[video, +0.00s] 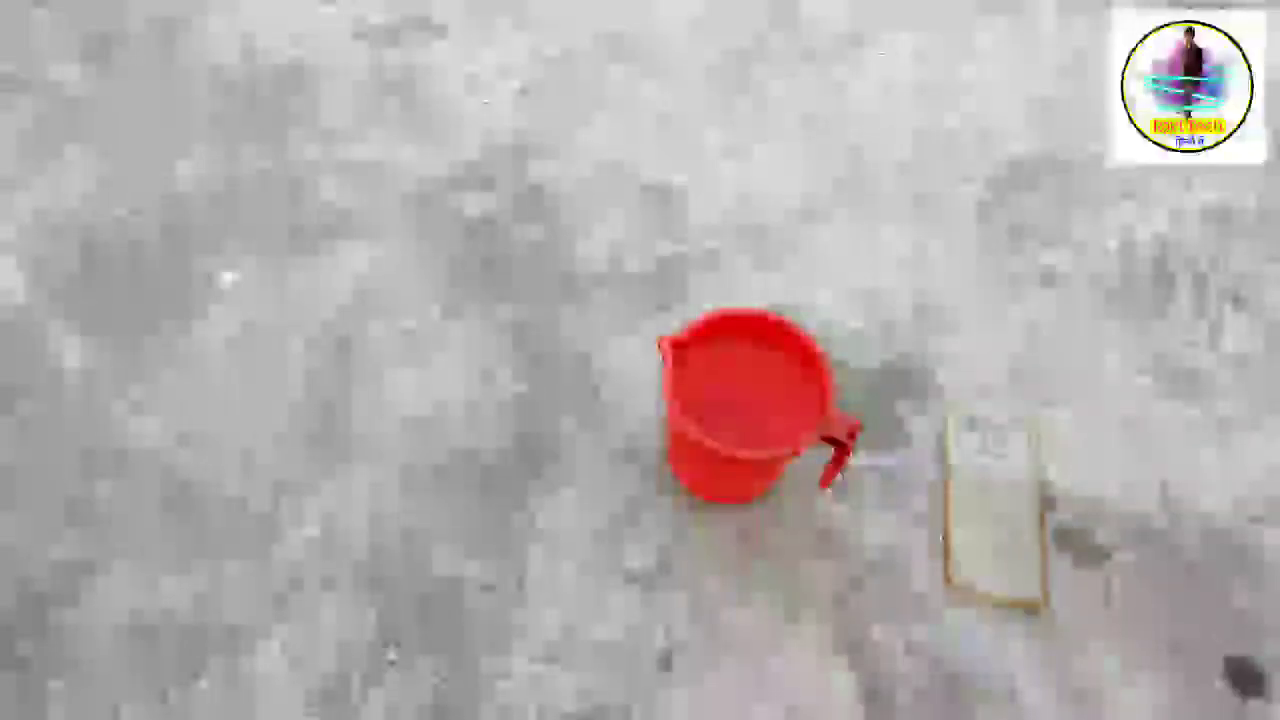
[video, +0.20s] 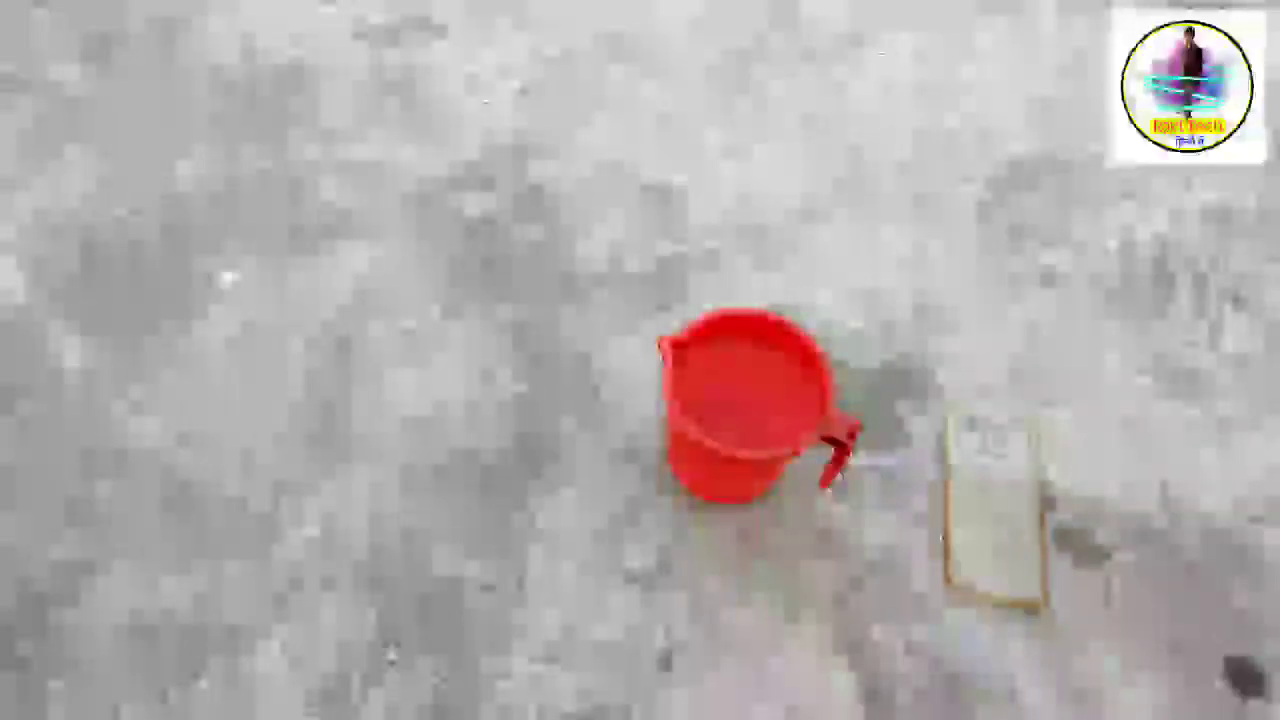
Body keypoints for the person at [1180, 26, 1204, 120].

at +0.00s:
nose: (1187, 38)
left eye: (1189, 36)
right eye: (1186, 36)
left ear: (1193, 36)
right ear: (1184, 36)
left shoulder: (1197, 50)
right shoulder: (1182, 50)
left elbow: (1199, 63)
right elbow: (1178, 61)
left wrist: (1199, 73)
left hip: (1194, 74)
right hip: (1184, 73)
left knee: (1190, 92)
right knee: (1185, 92)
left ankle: (1188, 111)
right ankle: (1186, 110)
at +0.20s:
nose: (1187, 38)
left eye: (1189, 36)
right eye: (1186, 36)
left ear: (1193, 36)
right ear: (1184, 36)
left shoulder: (1197, 50)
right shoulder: (1182, 50)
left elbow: (1199, 63)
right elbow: (1178, 61)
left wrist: (1199, 73)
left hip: (1194, 74)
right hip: (1184, 73)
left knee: (1190, 92)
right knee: (1185, 92)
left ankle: (1188, 111)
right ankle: (1186, 110)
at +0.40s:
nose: (1187, 38)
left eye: (1189, 36)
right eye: (1186, 36)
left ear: (1193, 36)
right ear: (1184, 36)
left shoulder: (1197, 50)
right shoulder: (1182, 50)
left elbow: (1199, 63)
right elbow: (1178, 61)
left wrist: (1199, 73)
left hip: (1194, 74)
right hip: (1184, 73)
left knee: (1190, 92)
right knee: (1185, 92)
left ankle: (1188, 111)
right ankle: (1186, 110)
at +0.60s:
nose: (1187, 38)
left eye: (1189, 36)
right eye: (1186, 36)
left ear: (1193, 36)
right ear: (1184, 36)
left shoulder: (1197, 50)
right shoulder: (1182, 49)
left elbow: (1199, 64)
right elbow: (1176, 61)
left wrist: (1197, 75)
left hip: (1193, 75)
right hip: (1183, 74)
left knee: (1190, 93)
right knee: (1186, 93)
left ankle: (1188, 111)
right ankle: (1186, 111)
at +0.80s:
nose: (1187, 38)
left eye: (1189, 36)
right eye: (1186, 36)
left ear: (1193, 36)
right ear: (1184, 36)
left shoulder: (1197, 50)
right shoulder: (1181, 49)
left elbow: (1199, 64)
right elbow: (1176, 61)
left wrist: (1197, 75)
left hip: (1193, 75)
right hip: (1183, 74)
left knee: (1190, 93)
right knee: (1185, 93)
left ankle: (1188, 111)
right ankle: (1185, 111)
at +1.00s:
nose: (1187, 38)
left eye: (1189, 36)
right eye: (1186, 36)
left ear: (1193, 36)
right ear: (1184, 36)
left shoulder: (1197, 50)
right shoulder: (1181, 49)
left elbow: (1199, 64)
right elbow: (1176, 61)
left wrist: (1197, 75)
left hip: (1193, 75)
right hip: (1183, 74)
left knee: (1190, 93)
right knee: (1185, 93)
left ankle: (1188, 111)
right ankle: (1186, 111)